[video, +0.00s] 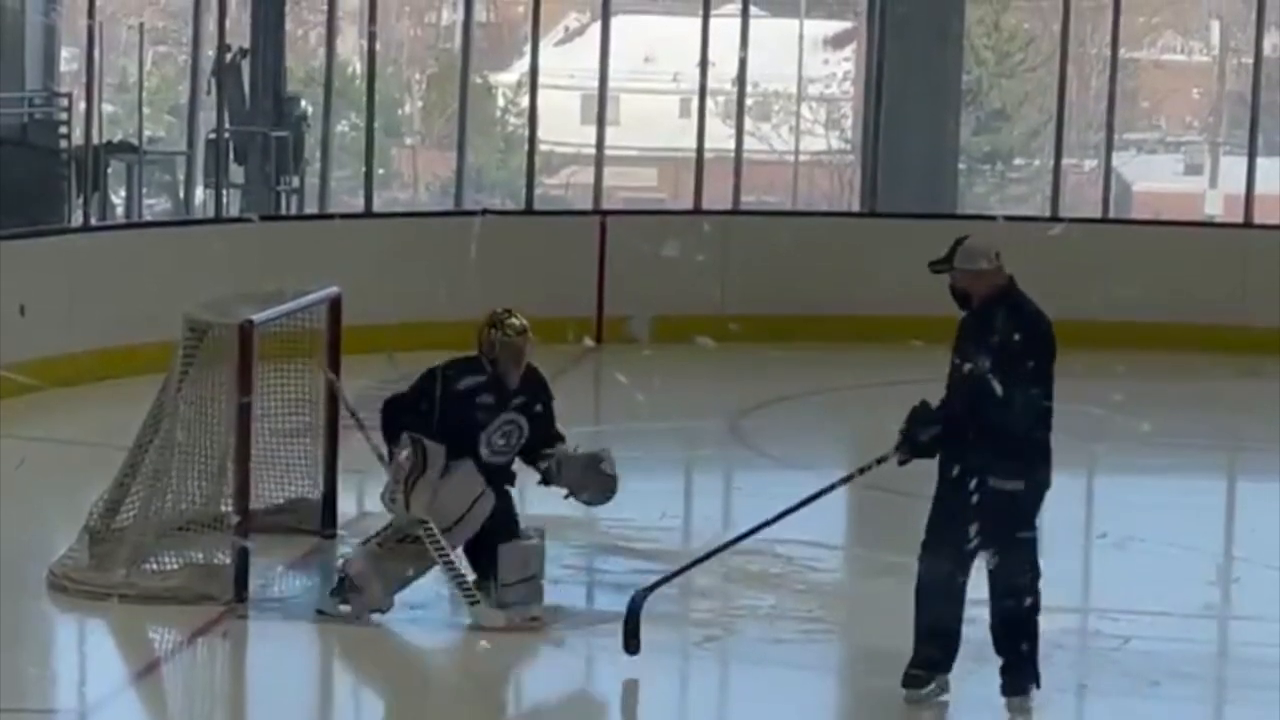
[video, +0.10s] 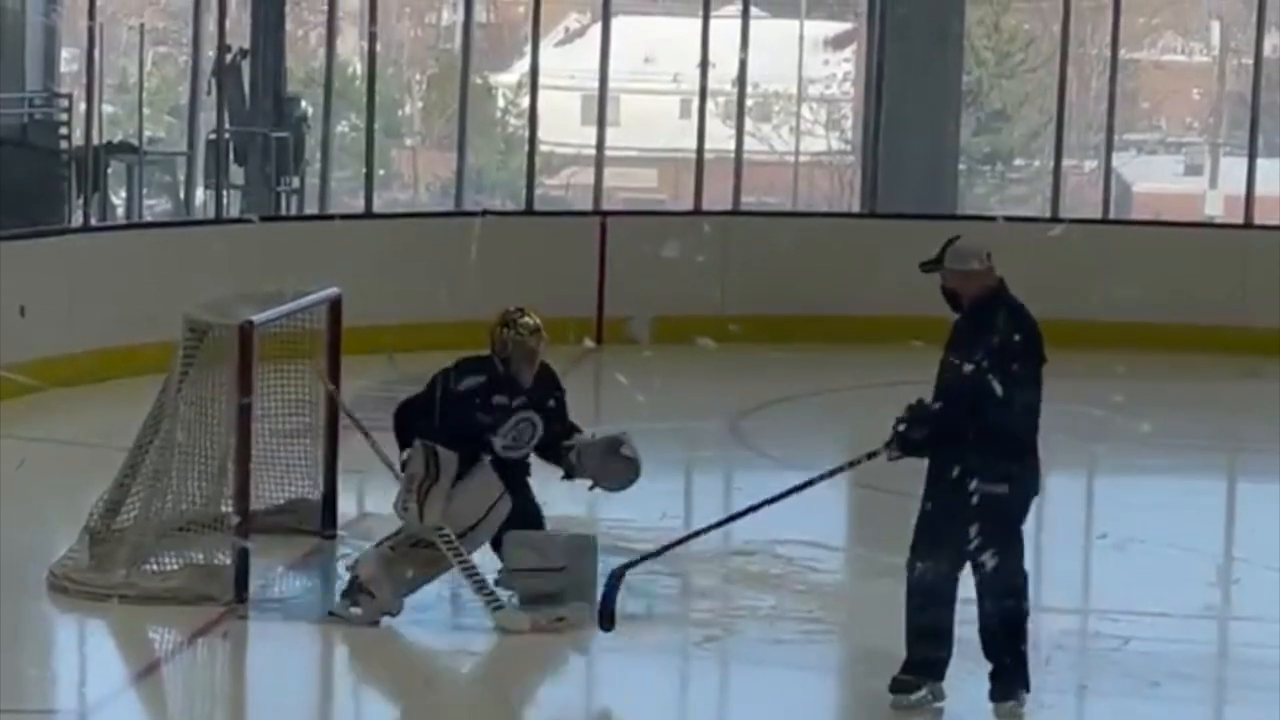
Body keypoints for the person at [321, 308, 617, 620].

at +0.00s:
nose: (518, 364)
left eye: (522, 355)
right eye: (511, 355)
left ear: (528, 350)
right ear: (490, 350)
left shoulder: (532, 385)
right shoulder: (452, 378)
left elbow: (540, 442)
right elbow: (397, 411)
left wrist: (562, 466)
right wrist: (407, 456)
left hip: (493, 488)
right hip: (440, 481)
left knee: (507, 577)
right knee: (413, 544)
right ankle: (359, 585)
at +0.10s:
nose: (532, 365)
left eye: (536, 355)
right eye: (524, 356)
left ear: (541, 350)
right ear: (502, 348)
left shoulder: (546, 383)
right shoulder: (464, 379)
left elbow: (551, 438)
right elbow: (408, 414)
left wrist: (581, 456)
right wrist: (418, 464)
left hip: (510, 481)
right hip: (455, 476)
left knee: (532, 554)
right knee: (429, 540)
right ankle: (371, 585)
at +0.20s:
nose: (553, 364)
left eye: (559, 353)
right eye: (545, 355)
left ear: (566, 348)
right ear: (526, 350)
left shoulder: (569, 379)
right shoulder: (493, 377)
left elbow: (584, 433)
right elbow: (434, 422)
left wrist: (617, 451)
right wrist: (437, 484)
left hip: (528, 466)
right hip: (472, 464)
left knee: (589, 491)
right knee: (451, 541)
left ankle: (607, 573)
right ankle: (383, 594)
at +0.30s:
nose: (585, 364)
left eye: (591, 355)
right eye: (576, 356)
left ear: (598, 348)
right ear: (558, 351)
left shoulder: (604, 378)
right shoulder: (525, 377)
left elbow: (628, 428)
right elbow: (464, 424)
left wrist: (668, 453)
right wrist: (466, 489)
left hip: (579, 466)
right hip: (524, 471)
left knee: (636, 497)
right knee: (491, 539)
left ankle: (673, 573)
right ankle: (410, 601)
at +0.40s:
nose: (611, 356)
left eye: (616, 346)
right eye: (603, 346)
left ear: (623, 345)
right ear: (583, 345)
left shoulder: (629, 381)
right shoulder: (550, 377)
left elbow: (651, 431)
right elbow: (486, 427)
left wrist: (689, 457)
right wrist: (550, 447)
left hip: (587, 468)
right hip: (526, 468)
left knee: (640, 521)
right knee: (516, 538)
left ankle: (710, 578)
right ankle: (435, 606)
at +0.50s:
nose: (621, 369)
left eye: (627, 359)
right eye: (613, 361)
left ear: (635, 352)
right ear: (596, 353)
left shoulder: (644, 382)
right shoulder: (565, 377)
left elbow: (661, 438)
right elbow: (502, 423)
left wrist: (687, 465)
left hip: (598, 469)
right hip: (537, 467)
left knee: (653, 519)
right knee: (530, 538)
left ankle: (713, 582)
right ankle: (452, 610)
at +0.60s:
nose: (620, 360)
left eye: (626, 351)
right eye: (613, 351)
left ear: (634, 349)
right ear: (595, 346)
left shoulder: (639, 381)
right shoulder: (563, 375)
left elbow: (654, 442)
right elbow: (500, 423)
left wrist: (680, 467)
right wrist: (569, 441)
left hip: (597, 473)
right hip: (540, 468)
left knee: (662, 526)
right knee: (528, 541)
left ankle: (704, 589)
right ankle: (451, 613)